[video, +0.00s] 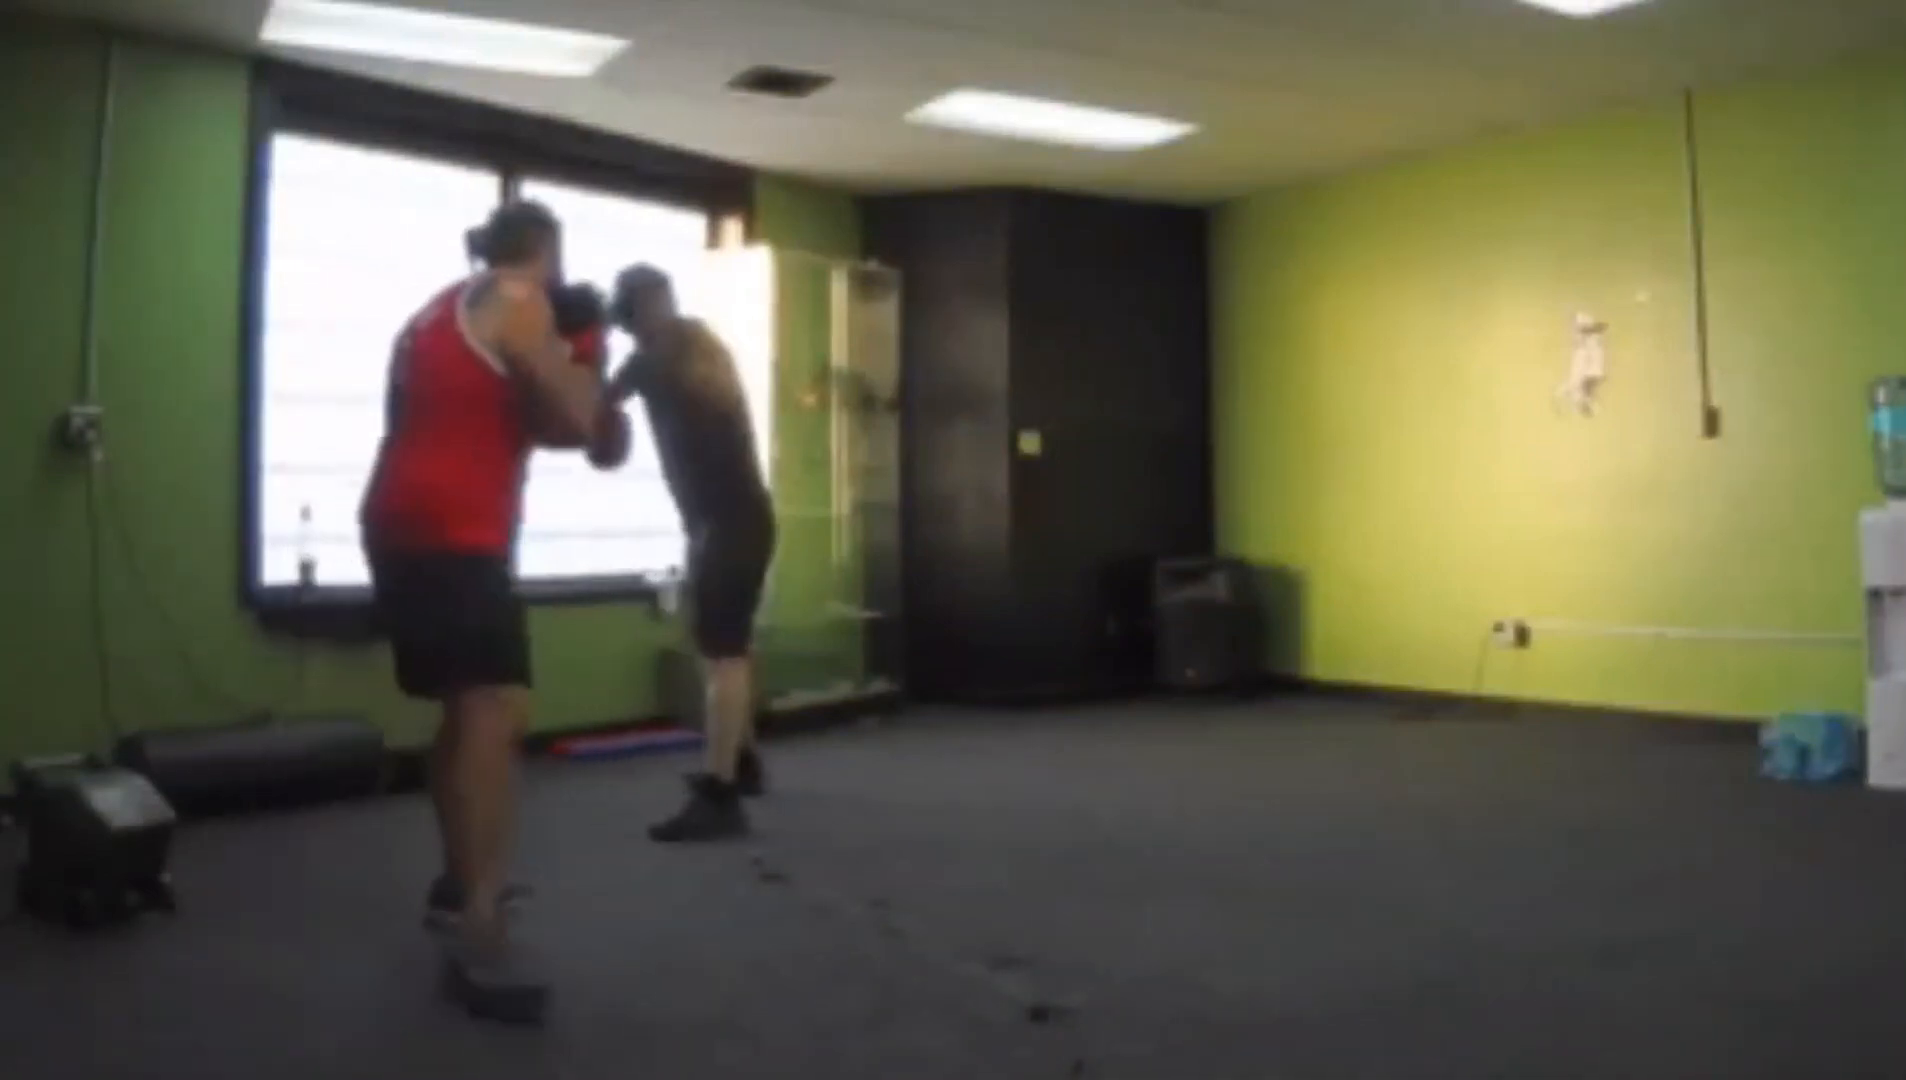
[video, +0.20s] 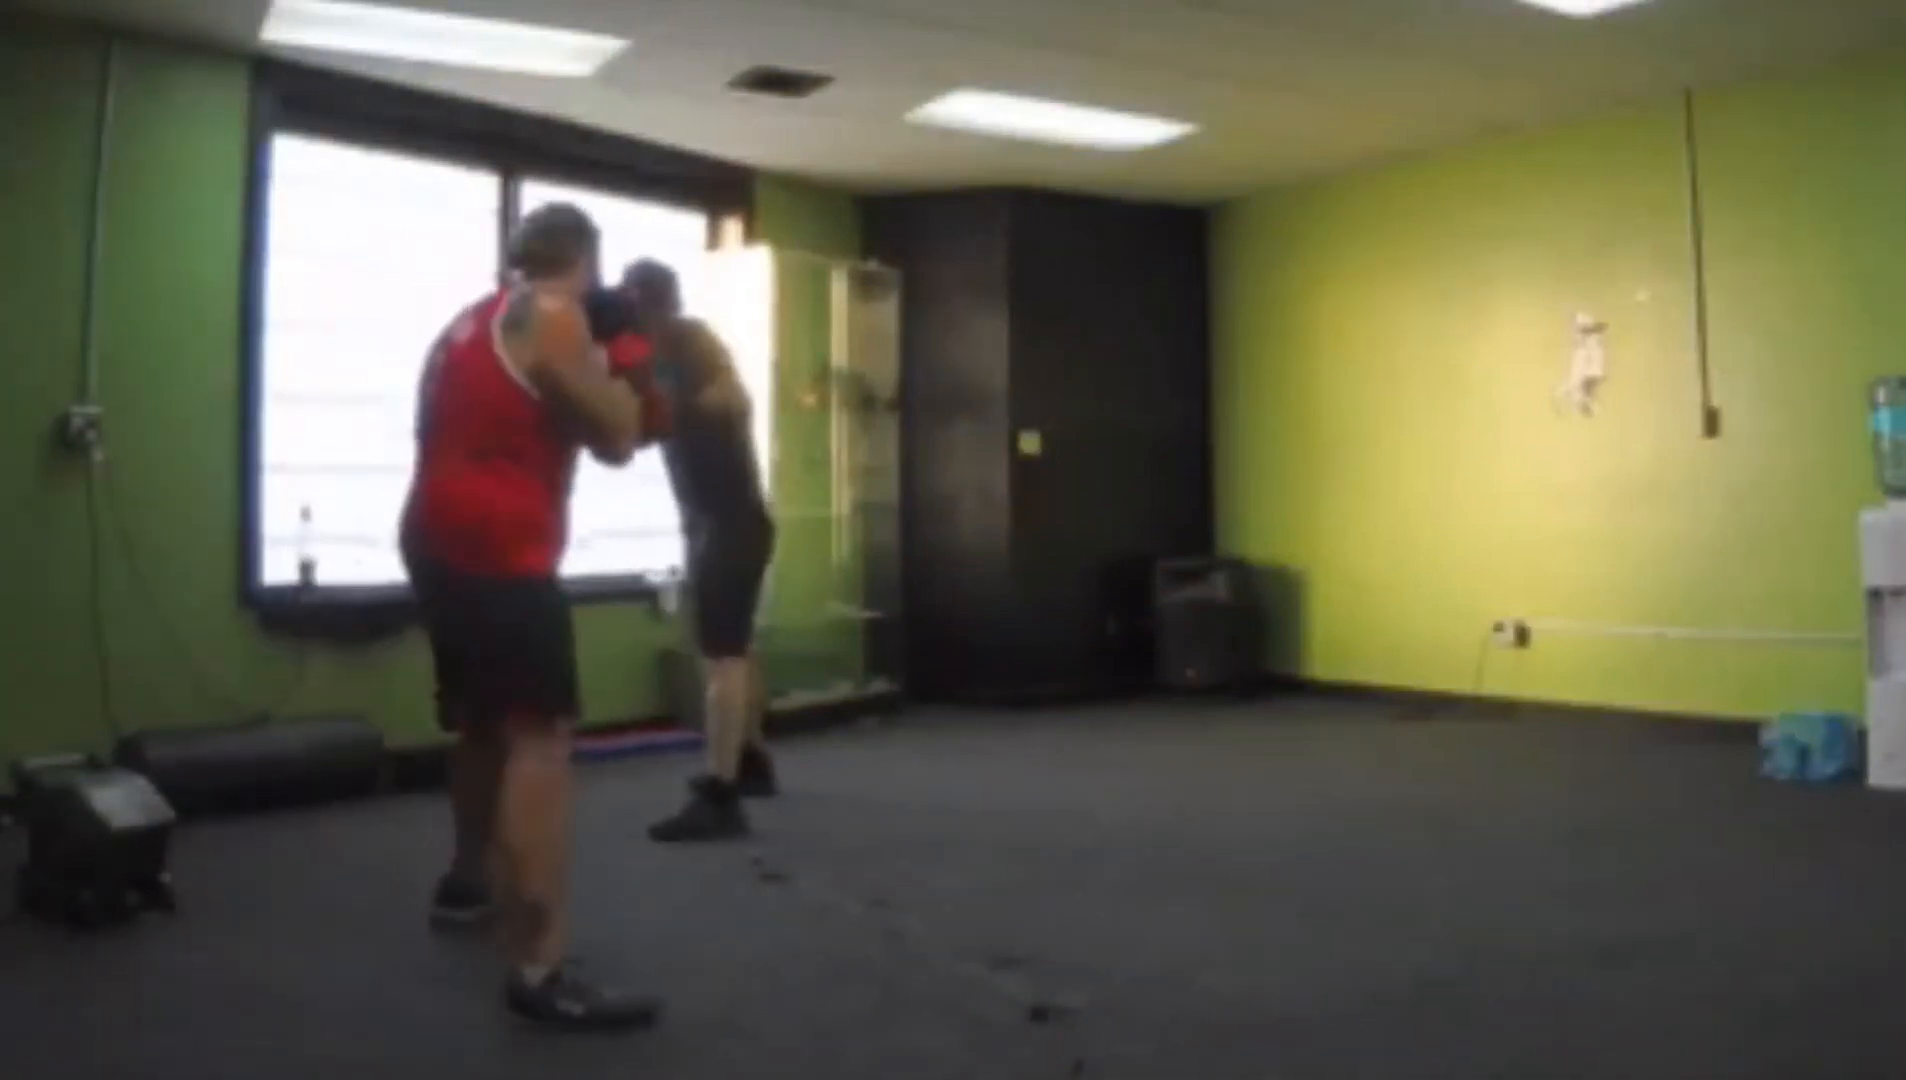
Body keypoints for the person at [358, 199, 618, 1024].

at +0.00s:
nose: (556, 275)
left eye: (554, 262)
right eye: (555, 261)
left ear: (489, 250)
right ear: (542, 252)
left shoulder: (437, 314)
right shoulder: (513, 302)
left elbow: (533, 424)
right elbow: (578, 419)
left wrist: (569, 360)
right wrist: (585, 348)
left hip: (401, 527)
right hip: (460, 533)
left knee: (465, 712)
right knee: (493, 714)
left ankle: (459, 883)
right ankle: (480, 937)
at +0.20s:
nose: (593, 282)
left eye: (591, 270)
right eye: (592, 269)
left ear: (517, 259)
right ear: (580, 263)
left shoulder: (474, 319)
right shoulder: (548, 317)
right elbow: (619, 433)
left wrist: (606, 377)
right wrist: (624, 367)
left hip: (441, 549)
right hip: (506, 559)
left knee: (482, 729)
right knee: (541, 742)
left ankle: (470, 879)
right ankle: (537, 967)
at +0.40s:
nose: (642, 271)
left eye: (639, 258)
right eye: (642, 256)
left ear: (570, 238)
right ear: (629, 251)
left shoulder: (519, 303)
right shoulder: (581, 300)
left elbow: (578, 430)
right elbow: (647, 416)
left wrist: (658, 468)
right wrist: (662, 351)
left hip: (479, 536)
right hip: (528, 545)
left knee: (519, 726)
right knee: (551, 736)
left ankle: (505, 888)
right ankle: (540, 966)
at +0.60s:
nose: (677, 291)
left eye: (673, 277)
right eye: (675, 276)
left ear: (610, 262)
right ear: (660, 271)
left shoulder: (569, 316)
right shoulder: (614, 324)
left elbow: (632, 434)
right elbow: (678, 440)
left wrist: (690, 408)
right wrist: (693, 375)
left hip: (502, 541)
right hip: (550, 552)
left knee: (559, 727)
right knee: (597, 740)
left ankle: (548, 854)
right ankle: (547, 967)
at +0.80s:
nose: (680, 325)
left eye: (676, 312)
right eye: (677, 312)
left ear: (612, 310)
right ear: (665, 310)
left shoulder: (576, 366)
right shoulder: (646, 358)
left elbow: (561, 474)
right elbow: (667, 473)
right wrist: (704, 447)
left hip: (544, 579)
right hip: (609, 583)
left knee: (614, 740)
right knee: (635, 751)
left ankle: (616, 844)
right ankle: (562, 953)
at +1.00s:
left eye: (569, 324)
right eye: (598, 315)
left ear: (559, 330)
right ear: (618, 319)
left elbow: (527, 495)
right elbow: (770, 394)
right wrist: (752, 356)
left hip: (618, 565)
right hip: (709, 553)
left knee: (635, 705)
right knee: (712, 707)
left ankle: (643, 849)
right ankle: (650, 852)